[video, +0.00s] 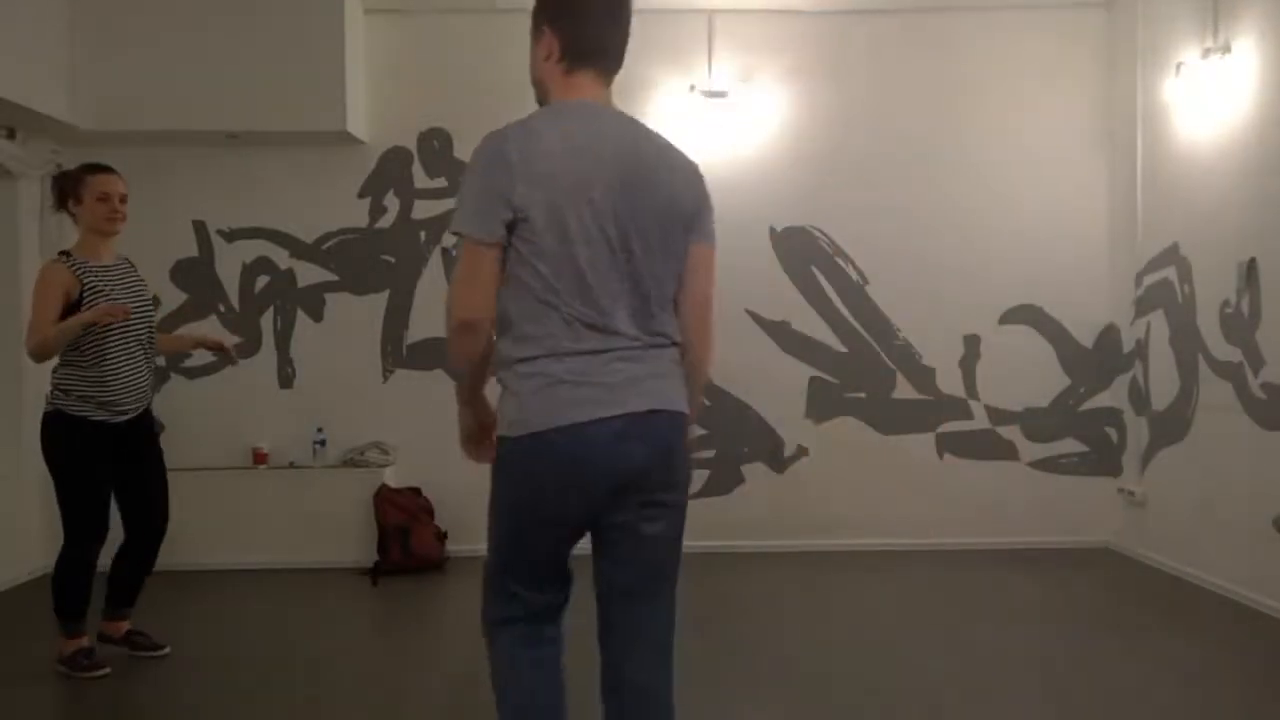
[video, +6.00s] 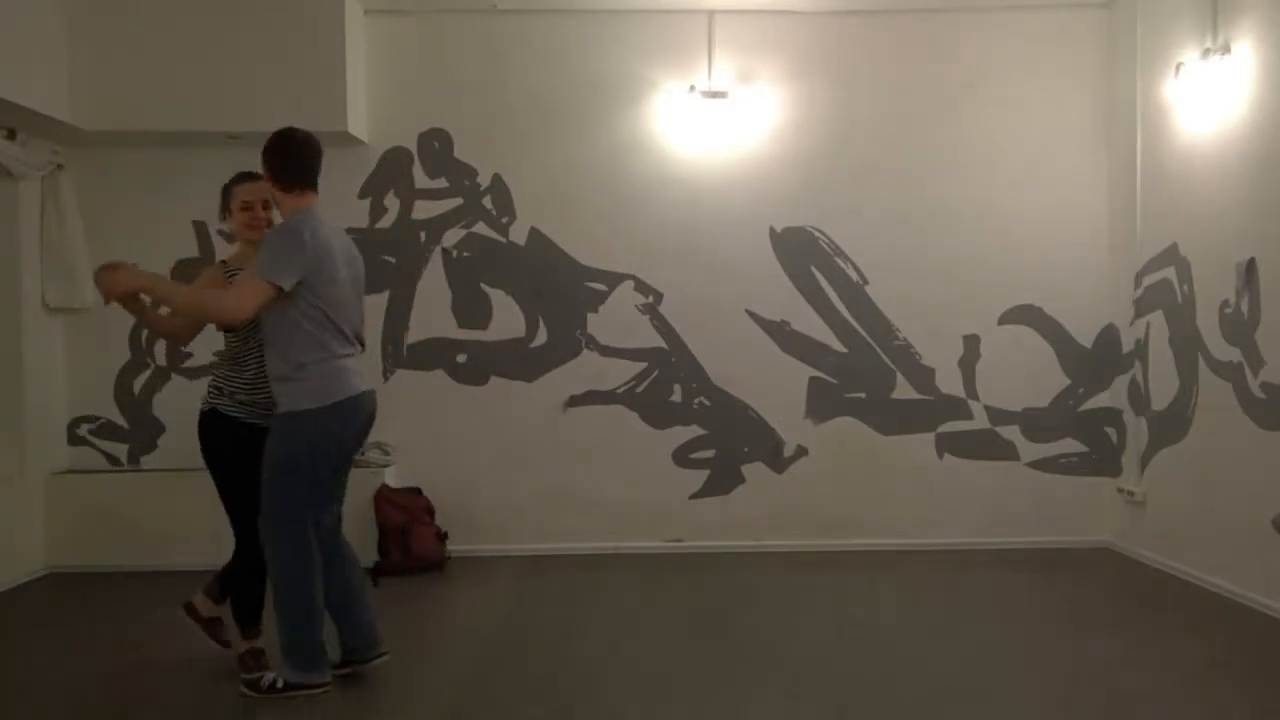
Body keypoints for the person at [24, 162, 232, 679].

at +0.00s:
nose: (116, 208)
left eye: (122, 200)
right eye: (103, 199)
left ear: (127, 207)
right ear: (74, 207)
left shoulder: (126, 269)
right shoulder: (61, 271)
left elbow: (143, 342)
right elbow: (37, 347)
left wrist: (198, 339)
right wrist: (85, 319)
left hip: (132, 423)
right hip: (77, 427)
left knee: (149, 522)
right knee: (86, 533)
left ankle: (116, 625)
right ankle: (72, 642)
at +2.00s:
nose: (215, 200)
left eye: (217, 191)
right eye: (203, 192)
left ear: (217, 198)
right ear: (170, 200)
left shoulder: (210, 261)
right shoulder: (155, 262)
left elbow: (215, 330)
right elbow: (125, 343)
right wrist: (149, 417)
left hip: (214, 421)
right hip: (168, 425)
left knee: (206, 538)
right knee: (177, 541)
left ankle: (190, 650)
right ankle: (168, 660)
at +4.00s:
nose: (307, 189)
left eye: (312, 180)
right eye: (292, 182)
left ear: (319, 189)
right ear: (267, 194)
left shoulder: (300, 254)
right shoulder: (273, 255)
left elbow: (294, 315)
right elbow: (314, 323)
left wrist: (324, 263)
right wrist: (396, 348)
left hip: (316, 417)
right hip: (277, 420)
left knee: (357, 524)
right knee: (304, 541)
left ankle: (350, 651)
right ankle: (282, 665)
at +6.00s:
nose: (260, 215)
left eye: (267, 206)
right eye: (248, 208)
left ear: (279, 210)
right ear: (228, 217)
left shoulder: (288, 272)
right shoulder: (221, 275)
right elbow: (178, 329)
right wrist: (131, 300)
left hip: (277, 418)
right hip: (228, 418)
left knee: (267, 530)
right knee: (255, 534)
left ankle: (209, 600)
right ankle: (251, 643)